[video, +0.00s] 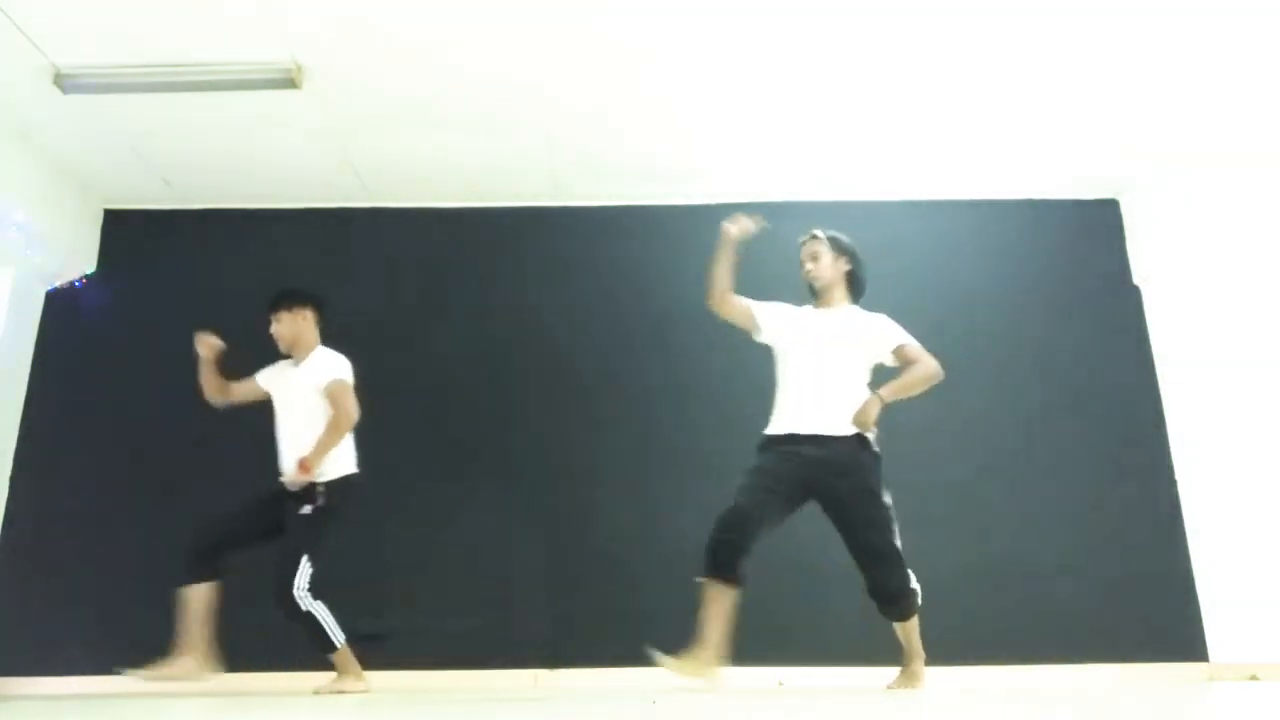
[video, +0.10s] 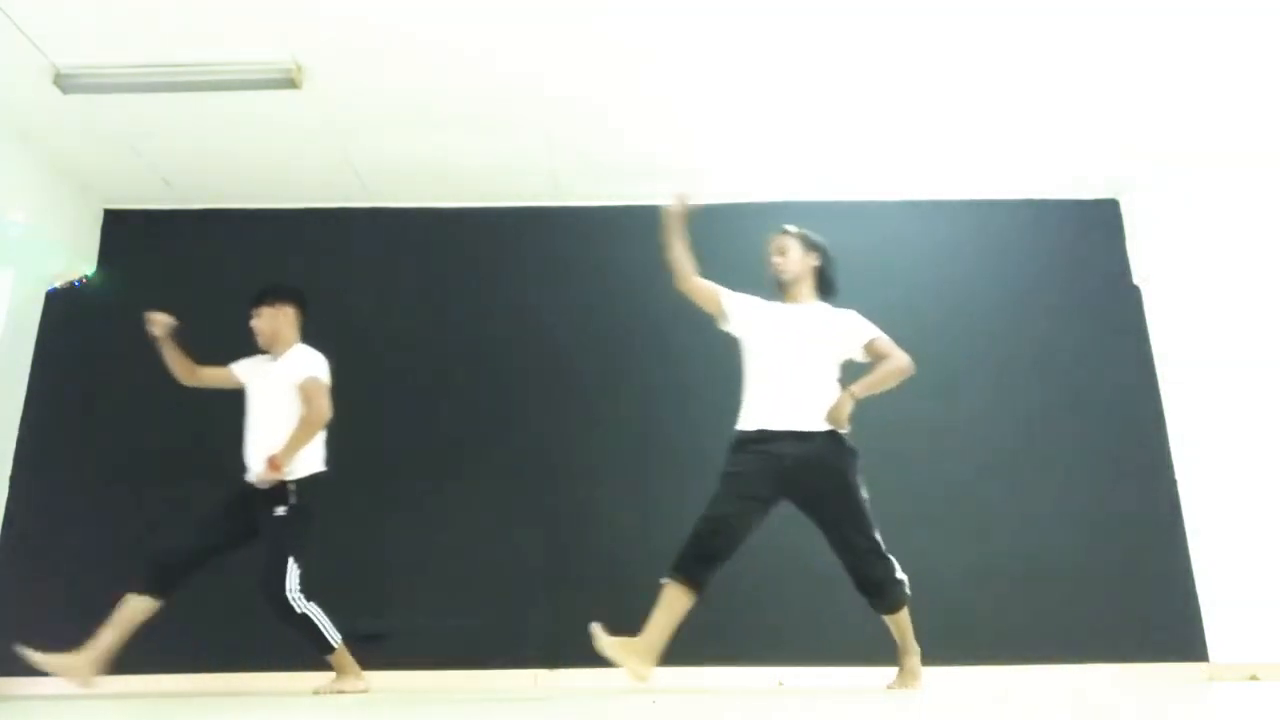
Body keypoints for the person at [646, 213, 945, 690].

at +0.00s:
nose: (809, 264)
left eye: (818, 255)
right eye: (805, 259)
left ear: (845, 264)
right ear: (803, 269)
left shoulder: (872, 325)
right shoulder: (784, 318)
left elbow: (930, 369)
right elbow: (721, 301)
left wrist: (880, 397)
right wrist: (728, 241)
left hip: (847, 455)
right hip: (784, 453)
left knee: (883, 564)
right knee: (730, 534)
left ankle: (914, 665)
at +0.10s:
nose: (776, 260)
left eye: (785, 251)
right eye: (772, 253)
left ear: (813, 259)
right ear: (770, 263)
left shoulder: (842, 321)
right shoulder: (750, 311)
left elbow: (900, 364)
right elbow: (687, 277)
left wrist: (852, 395)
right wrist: (674, 219)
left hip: (821, 453)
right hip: (756, 451)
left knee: (865, 557)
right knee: (707, 542)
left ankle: (910, 657)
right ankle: (645, 650)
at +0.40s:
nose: (634, 282)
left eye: (643, 270)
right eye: (629, 275)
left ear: (675, 269)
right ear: (631, 285)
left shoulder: (723, 325)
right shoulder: (630, 347)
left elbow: (803, 360)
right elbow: (557, 348)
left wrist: (778, 422)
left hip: (755, 472)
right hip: (686, 478)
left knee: (836, 562)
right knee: (620, 531)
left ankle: (869, 654)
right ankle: (610, 667)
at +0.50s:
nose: (616, 306)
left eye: (625, 293)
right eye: (610, 300)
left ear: (658, 292)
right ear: (609, 311)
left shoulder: (711, 342)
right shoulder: (617, 370)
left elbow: (793, 374)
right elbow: (550, 396)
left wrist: (770, 439)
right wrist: (483, 390)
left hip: (746, 479)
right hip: (677, 486)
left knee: (836, 567)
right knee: (613, 534)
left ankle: (861, 658)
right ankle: (609, 666)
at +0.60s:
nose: (618, 328)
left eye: (626, 315)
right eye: (613, 320)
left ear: (660, 313)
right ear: (612, 327)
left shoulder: (715, 359)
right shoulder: (622, 387)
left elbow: (796, 391)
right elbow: (562, 431)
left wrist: (771, 455)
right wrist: (502, 442)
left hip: (747, 488)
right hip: (678, 493)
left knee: (840, 575)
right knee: (613, 534)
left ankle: (860, 665)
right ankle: (609, 667)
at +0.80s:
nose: (677, 342)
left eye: (687, 330)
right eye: (669, 335)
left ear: (718, 329)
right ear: (664, 343)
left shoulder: (759, 377)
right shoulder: (669, 399)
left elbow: (834, 416)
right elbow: (623, 457)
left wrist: (797, 472)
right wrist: (589, 487)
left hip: (771, 498)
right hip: (702, 500)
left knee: (857, 573)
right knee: (643, 539)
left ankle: (861, 669)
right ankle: (610, 668)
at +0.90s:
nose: (713, 336)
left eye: (724, 325)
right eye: (705, 328)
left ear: (754, 326)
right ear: (698, 335)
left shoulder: (789, 375)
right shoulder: (699, 394)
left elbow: (858, 420)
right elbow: (656, 452)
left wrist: (814, 471)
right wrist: (636, 483)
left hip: (787, 498)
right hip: (718, 499)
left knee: (867, 576)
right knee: (659, 555)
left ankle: (861, 669)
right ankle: (611, 667)